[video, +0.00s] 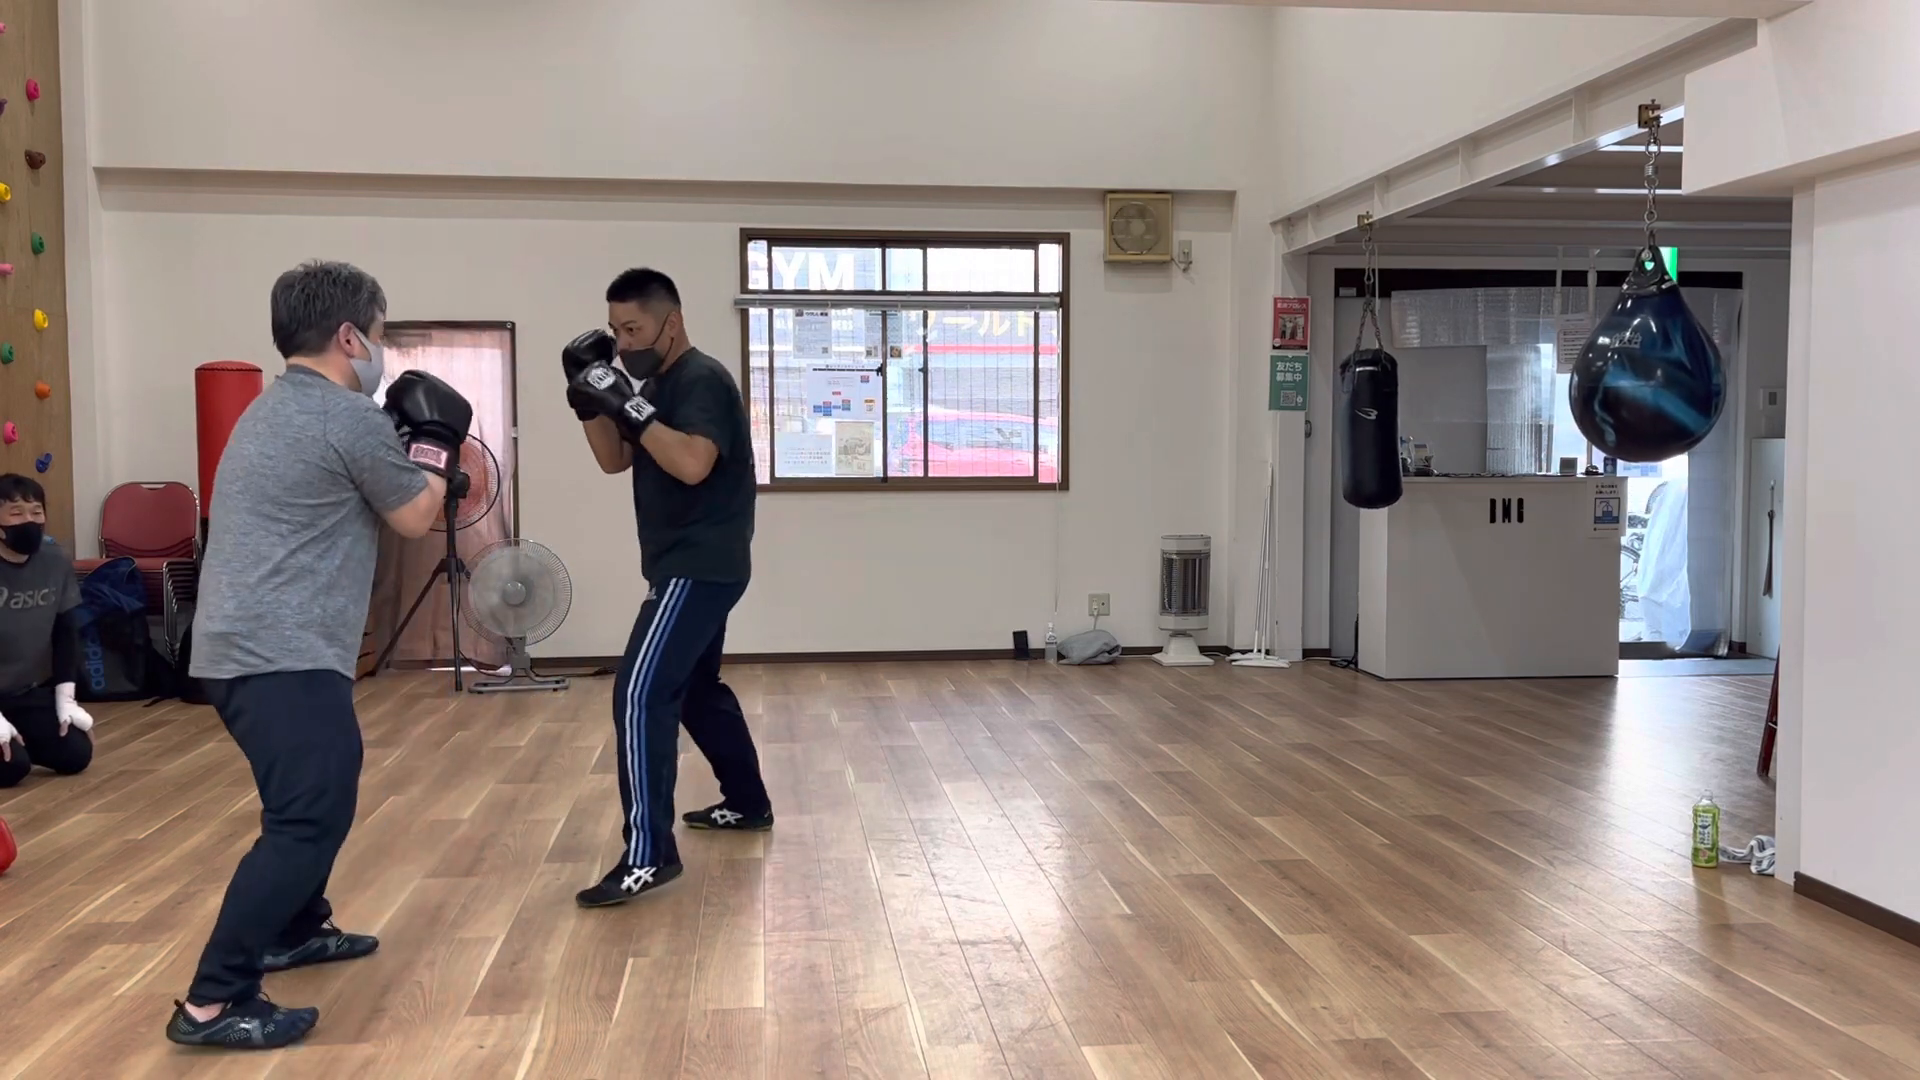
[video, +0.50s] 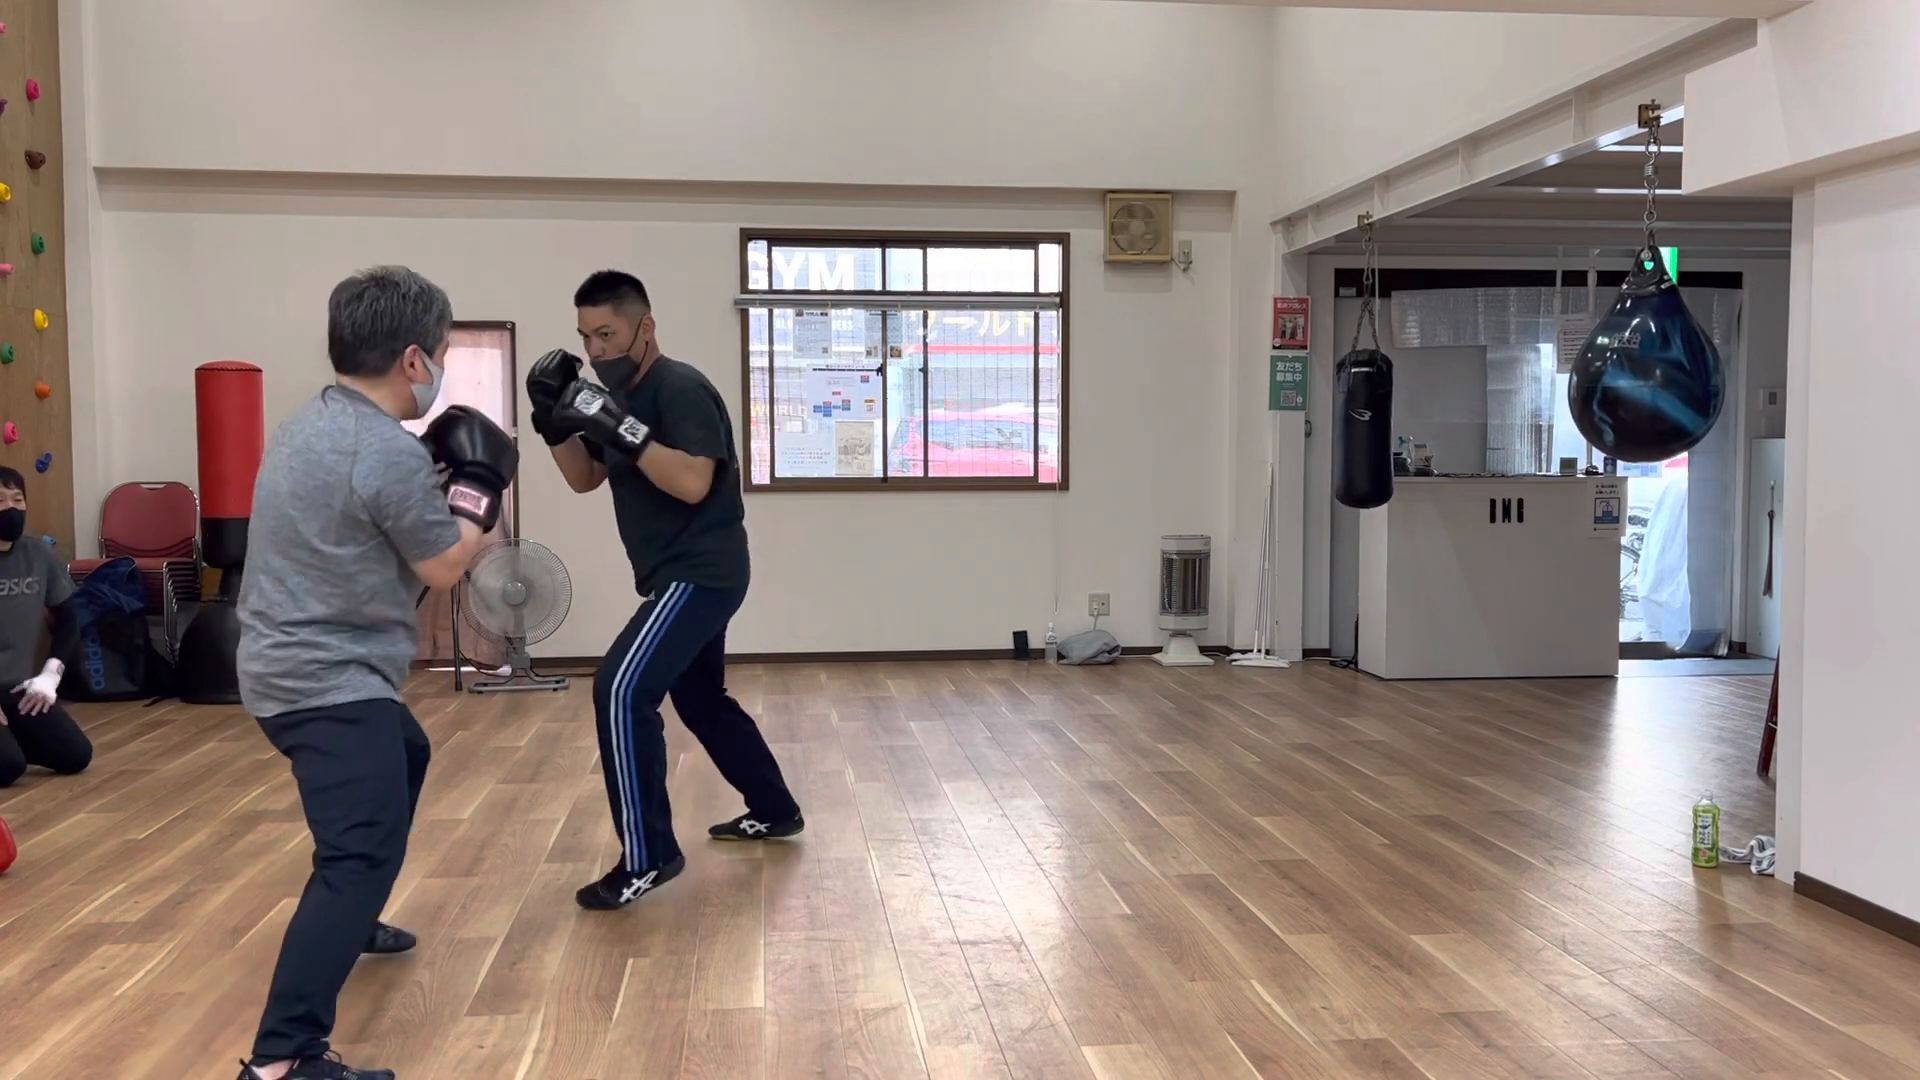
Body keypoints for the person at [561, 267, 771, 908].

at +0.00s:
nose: (624, 342)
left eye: (633, 329)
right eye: (617, 331)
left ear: (672, 322)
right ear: (619, 329)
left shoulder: (703, 380)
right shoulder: (651, 382)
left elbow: (694, 463)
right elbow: (613, 458)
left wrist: (628, 402)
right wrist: (586, 390)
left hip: (701, 567)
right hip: (679, 565)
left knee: (639, 693)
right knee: (697, 690)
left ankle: (649, 857)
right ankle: (748, 802)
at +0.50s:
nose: (596, 349)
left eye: (607, 334)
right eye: (587, 337)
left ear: (646, 328)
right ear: (583, 336)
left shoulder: (682, 389)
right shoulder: (613, 398)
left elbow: (694, 482)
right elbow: (584, 476)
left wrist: (615, 425)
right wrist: (552, 414)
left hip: (703, 574)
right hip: (674, 575)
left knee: (620, 686)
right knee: (701, 700)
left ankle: (648, 856)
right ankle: (775, 810)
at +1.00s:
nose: (625, 323)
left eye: (638, 309)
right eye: (613, 312)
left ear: (673, 304)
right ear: (604, 316)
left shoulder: (711, 374)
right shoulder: (617, 397)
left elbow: (736, 438)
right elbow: (582, 470)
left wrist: (680, 358)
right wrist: (561, 393)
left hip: (694, 578)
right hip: (646, 582)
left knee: (648, 719)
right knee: (684, 709)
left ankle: (653, 895)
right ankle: (756, 821)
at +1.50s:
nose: (637, 329)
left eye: (650, 314)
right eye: (627, 316)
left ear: (686, 312)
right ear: (619, 317)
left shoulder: (725, 382)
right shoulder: (632, 384)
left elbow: (718, 481)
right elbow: (601, 470)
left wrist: (678, 399)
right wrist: (580, 404)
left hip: (723, 571)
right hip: (667, 574)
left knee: (700, 712)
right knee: (690, 704)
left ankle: (696, 879)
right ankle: (756, 815)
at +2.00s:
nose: (605, 345)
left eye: (617, 331)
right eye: (594, 334)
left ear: (650, 324)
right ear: (584, 334)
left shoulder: (693, 383)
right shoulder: (593, 391)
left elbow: (712, 476)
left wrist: (668, 398)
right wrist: (553, 397)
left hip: (696, 573)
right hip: (631, 577)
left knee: (680, 717)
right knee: (620, 707)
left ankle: (696, 880)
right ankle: (670, 812)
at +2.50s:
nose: (593, 343)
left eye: (605, 325)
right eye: (584, 330)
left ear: (638, 318)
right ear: (575, 333)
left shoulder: (669, 374)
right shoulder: (596, 388)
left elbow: (682, 422)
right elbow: (539, 424)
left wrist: (637, 357)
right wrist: (550, 360)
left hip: (683, 574)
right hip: (630, 576)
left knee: (652, 720)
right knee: (613, 698)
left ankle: (662, 900)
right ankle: (678, 816)